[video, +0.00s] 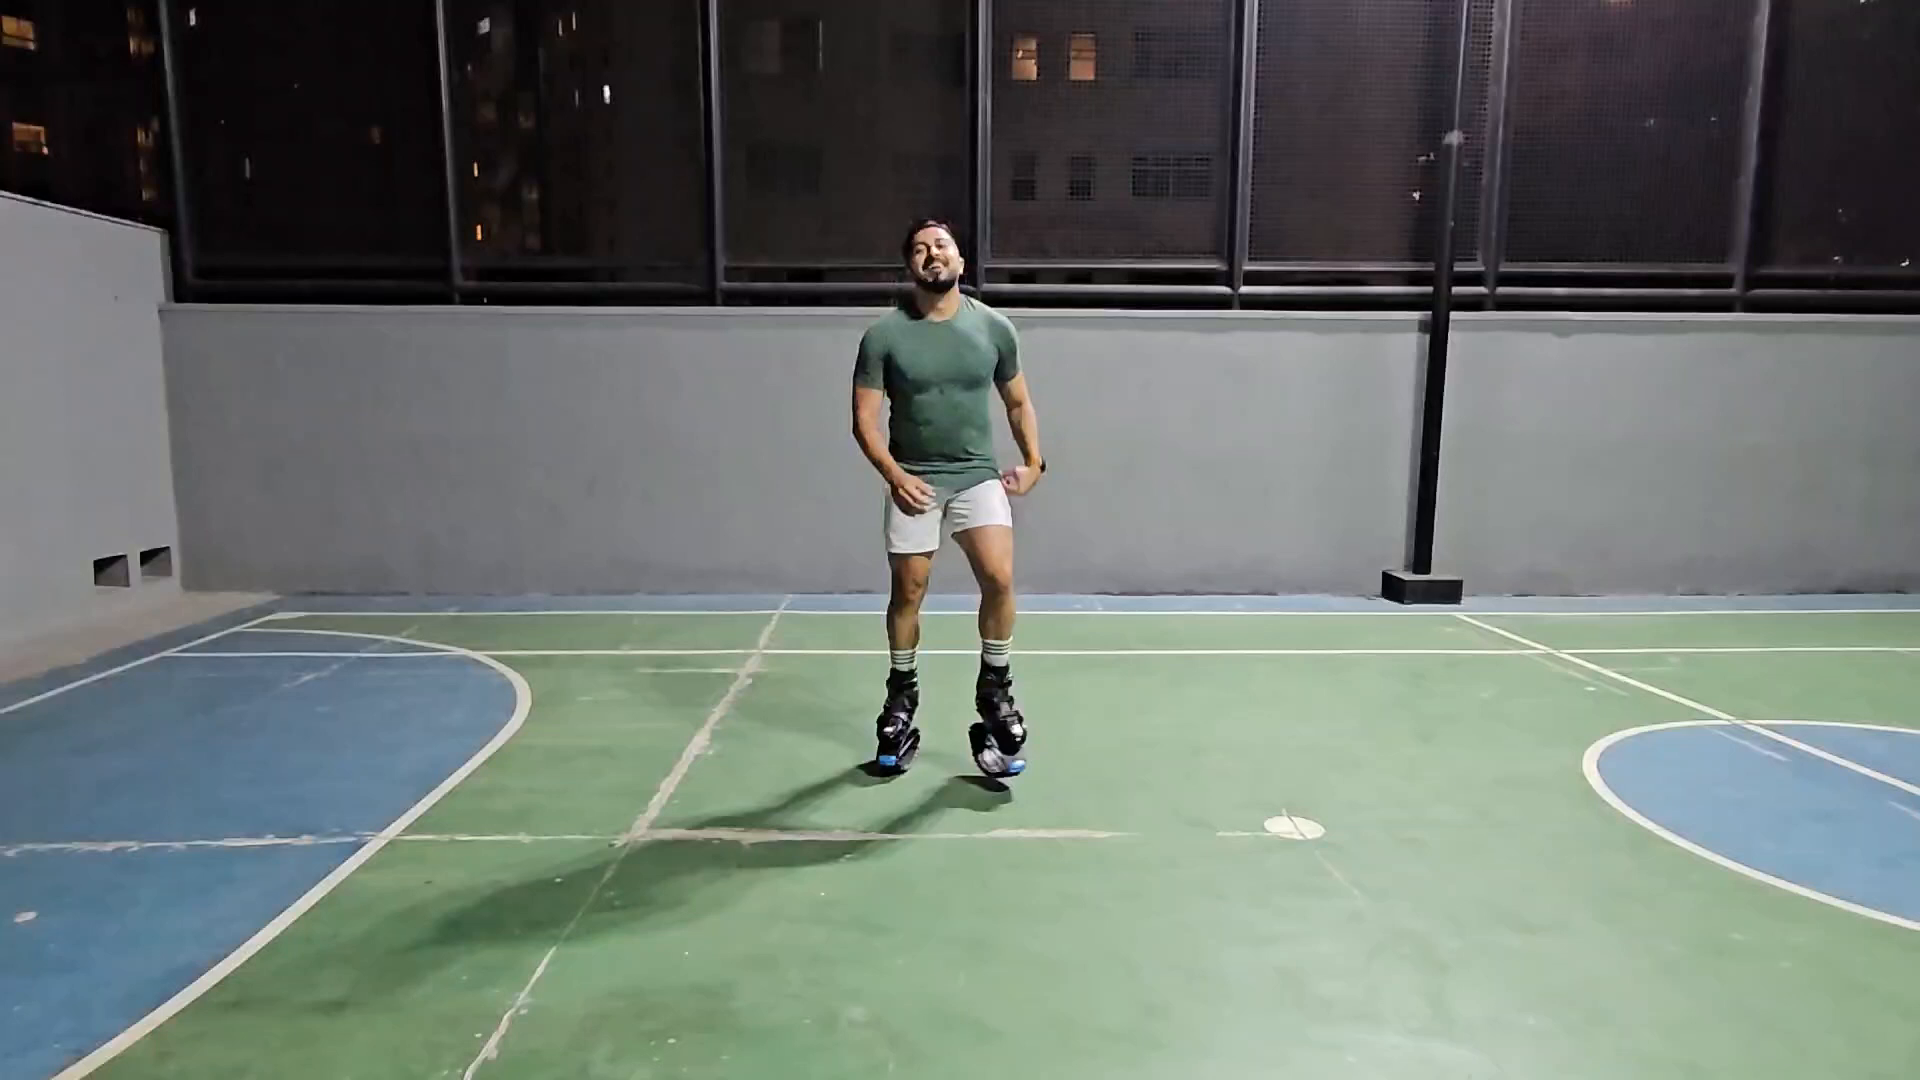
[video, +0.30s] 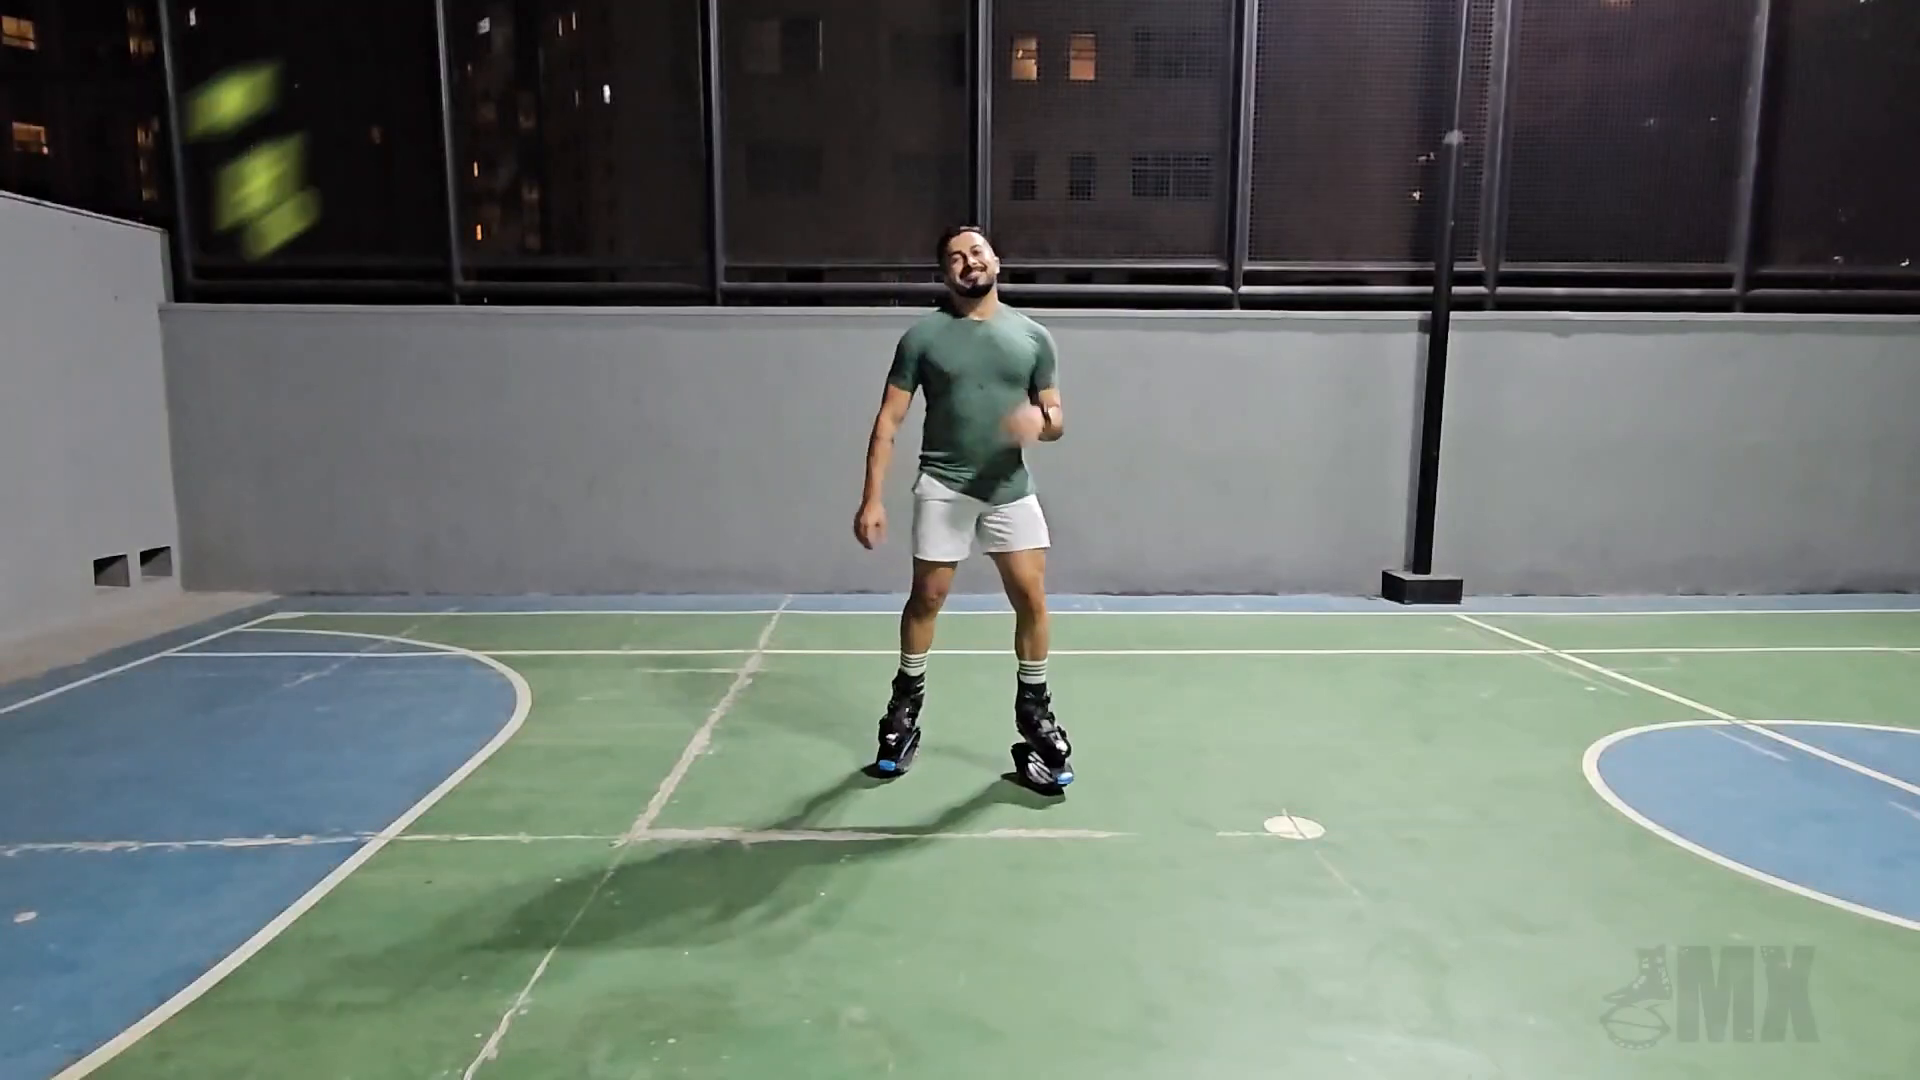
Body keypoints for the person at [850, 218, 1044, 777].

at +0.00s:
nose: (934, 253)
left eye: (943, 245)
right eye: (922, 250)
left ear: (962, 262)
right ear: (910, 271)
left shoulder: (994, 328)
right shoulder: (883, 336)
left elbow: (1018, 402)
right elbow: (866, 424)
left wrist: (1033, 461)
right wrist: (897, 476)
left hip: (979, 477)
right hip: (913, 480)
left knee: (999, 580)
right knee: (908, 590)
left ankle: (995, 692)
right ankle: (901, 703)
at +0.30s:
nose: (970, 261)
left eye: (978, 251)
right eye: (958, 257)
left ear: (997, 264)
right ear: (945, 275)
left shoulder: (1032, 337)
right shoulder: (922, 338)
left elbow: (1055, 420)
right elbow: (887, 423)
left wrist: (1039, 421)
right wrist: (871, 499)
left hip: (1009, 488)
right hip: (943, 487)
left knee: (1031, 596)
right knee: (928, 595)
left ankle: (1033, 713)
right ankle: (905, 706)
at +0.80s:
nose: (986, 288)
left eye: (994, 274)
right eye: (974, 280)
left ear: (1015, 265)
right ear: (960, 281)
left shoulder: (1052, 327)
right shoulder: (943, 348)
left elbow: (1060, 374)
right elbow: (918, 413)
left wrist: (1067, 417)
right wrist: (920, 439)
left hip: (1039, 487)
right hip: (973, 487)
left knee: (1056, 606)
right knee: (978, 604)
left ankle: (1044, 719)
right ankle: (987, 726)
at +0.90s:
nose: (972, 277)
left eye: (981, 264)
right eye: (961, 268)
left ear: (1002, 263)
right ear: (951, 273)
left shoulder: (1043, 323)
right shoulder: (938, 347)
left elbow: (1081, 400)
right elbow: (924, 440)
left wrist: (1090, 473)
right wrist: (930, 415)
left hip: (1031, 482)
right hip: (964, 479)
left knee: (1043, 596)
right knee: (948, 580)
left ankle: (1042, 714)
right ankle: (972, 706)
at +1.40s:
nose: (893, 257)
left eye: (903, 246)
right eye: (881, 249)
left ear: (920, 258)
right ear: (867, 264)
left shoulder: (947, 332)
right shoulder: (839, 330)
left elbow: (975, 420)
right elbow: (799, 421)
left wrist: (958, 379)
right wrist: (777, 501)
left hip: (935, 482)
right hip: (867, 487)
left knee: (972, 592)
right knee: (871, 603)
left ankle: (961, 681)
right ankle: (874, 729)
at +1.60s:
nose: (855, 265)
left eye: (866, 255)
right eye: (844, 257)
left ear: (885, 264)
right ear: (831, 269)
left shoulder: (915, 333)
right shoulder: (799, 336)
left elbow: (927, 409)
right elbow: (771, 415)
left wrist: (878, 387)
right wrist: (768, 492)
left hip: (893, 488)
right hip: (829, 489)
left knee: (897, 608)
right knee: (846, 600)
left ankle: (827, 696)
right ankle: (866, 737)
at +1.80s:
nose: (816, 272)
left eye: (829, 263)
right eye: (807, 264)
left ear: (851, 274)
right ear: (797, 274)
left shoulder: (875, 344)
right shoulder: (770, 342)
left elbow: (895, 431)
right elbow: (753, 420)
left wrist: (876, 503)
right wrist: (741, 485)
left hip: (851, 490)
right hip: (785, 479)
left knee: (835, 601)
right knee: (779, 577)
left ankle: (812, 700)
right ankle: (802, 706)